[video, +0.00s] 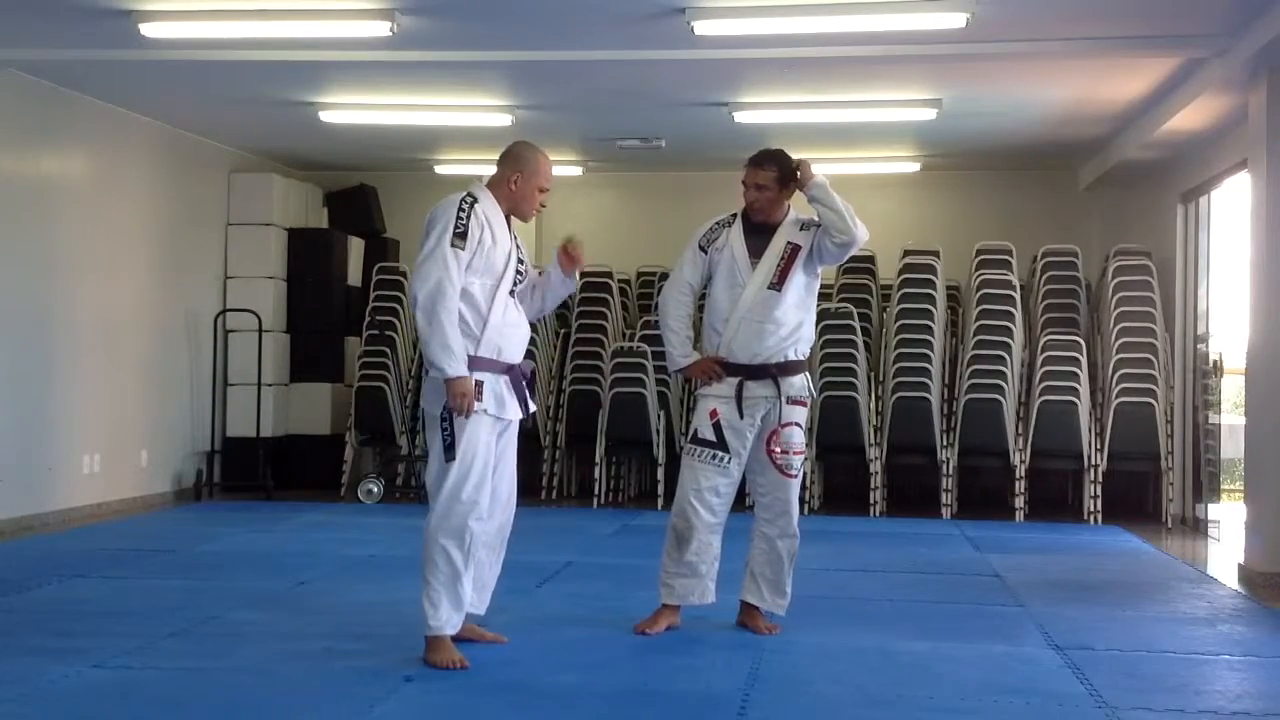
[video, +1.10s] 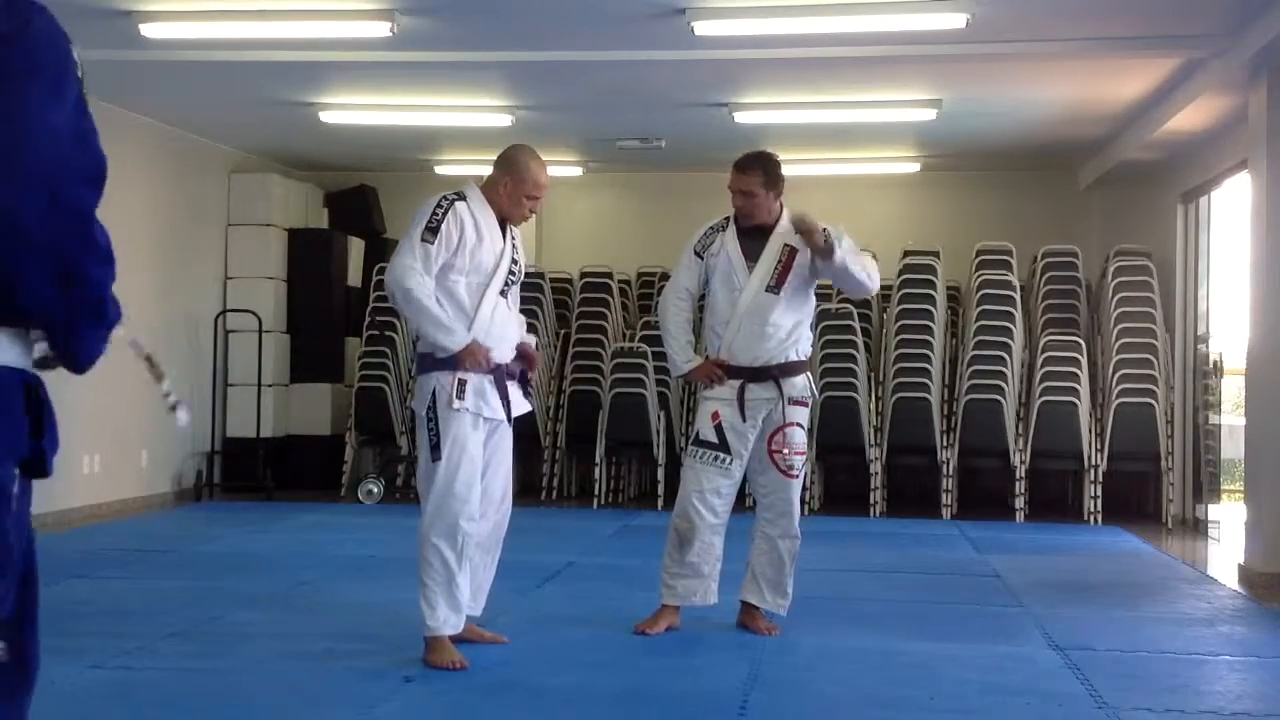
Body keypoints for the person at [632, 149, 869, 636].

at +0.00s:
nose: (750, 195)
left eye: (761, 188)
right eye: (746, 186)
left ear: (787, 193)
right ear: (741, 185)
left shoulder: (809, 236)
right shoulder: (715, 235)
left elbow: (851, 237)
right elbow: (675, 295)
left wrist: (813, 186)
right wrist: (686, 356)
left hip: (786, 386)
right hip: (722, 383)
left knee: (779, 505)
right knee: (695, 500)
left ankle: (755, 606)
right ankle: (672, 604)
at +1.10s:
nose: (736, 202)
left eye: (746, 195)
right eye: (733, 192)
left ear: (775, 195)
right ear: (731, 188)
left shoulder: (807, 240)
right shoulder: (712, 238)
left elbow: (866, 285)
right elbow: (674, 302)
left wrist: (825, 247)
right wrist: (687, 360)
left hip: (785, 389)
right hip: (721, 386)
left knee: (780, 506)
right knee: (696, 502)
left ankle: (756, 605)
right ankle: (672, 604)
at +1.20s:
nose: (733, 203)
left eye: (743, 196)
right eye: (729, 194)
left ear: (771, 194)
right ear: (725, 190)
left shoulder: (809, 239)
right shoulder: (709, 240)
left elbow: (861, 282)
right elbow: (674, 303)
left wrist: (846, 311)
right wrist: (687, 360)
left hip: (786, 390)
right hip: (722, 387)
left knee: (780, 506)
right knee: (696, 501)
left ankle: (756, 605)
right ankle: (672, 604)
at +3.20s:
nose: (765, 194)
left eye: (777, 186)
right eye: (757, 183)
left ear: (794, 192)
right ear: (743, 187)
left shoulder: (819, 246)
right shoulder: (712, 239)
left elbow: (854, 307)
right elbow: (674, 301)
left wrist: (835, 363)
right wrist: (687, 359)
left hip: (786, 393)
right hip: (721, 388)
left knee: (780, 509)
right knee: (695, 503)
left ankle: (756, 607)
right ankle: (672, 605)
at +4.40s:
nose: (769, 196)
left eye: (780, 188)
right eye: (760, 186)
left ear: (796, 193)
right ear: (746, 188)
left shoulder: (819, 246)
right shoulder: (715, 239)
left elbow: (856, 307)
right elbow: (675, 301)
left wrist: (837, 364)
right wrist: (688, 359)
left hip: (788, 393)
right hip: (723, 388)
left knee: (780, 508)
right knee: (697, 502)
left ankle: (756, 607)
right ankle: (673, 605)